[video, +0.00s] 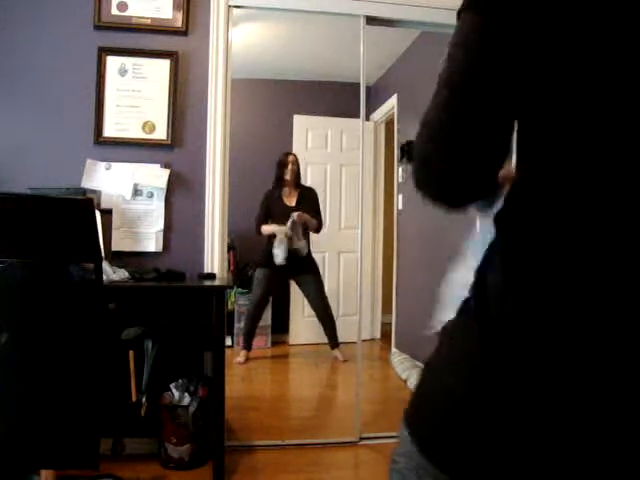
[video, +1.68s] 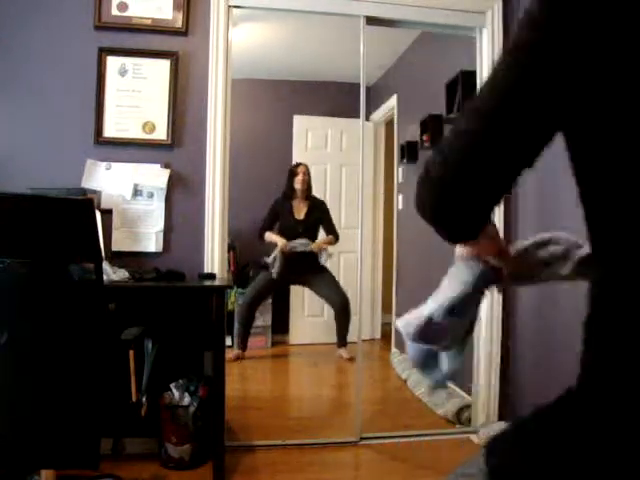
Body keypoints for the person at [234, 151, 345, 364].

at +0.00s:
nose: (291, 167)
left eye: (294, 164)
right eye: (288, 164)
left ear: (299, 168)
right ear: (281, 168)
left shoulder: (308, 194)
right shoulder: (272, 195)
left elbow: (317, 227)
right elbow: (261, 227)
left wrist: (304, 219)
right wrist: (276, 229)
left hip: (300, 255)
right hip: (273, 256)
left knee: (320, 302)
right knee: (257, 301)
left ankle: (335, 346)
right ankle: (245, 348)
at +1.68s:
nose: (301, 178)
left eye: (305, 175)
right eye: (297, 175)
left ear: (310, 179)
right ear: (291, 179)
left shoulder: (318, 206)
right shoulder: (281, 204)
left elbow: (333, 236)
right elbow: (263, 232)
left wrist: (321, 243)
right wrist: (279, 240)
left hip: (309, 266)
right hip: (282, 265)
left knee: (341, 302)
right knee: (247, 301)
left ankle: (342, 347)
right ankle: (239, 349)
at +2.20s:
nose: (302, 183)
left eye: (305, 180)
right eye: (298, 180)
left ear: (310, 184)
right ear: (291, 183)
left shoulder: (316, 211)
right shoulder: (278, 209)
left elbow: (331, 242)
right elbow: (261, 238)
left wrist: (338, 224)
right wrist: (258, 215)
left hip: (307, 272)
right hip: (277, 272)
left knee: (341, 302)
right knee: (244, 302)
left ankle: (341, 347)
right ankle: (239, 350)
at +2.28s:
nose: (301, 183)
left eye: (304, 179)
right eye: (297, 179)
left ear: (309, 183)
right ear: (289, 183)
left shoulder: (316, 209)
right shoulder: (277, 208)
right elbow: (258, 237)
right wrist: (261, 218)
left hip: (308, 271)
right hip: (276, 271)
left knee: (342, 302)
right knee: (242, 303)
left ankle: (342, 346)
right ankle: (238, 350)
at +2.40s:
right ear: (276, 207)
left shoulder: (312, 218)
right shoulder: (272, 221)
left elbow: (317, 247)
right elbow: (267, 249)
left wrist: (328, 235)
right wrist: (259, 231)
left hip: (306, 274)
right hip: (273, 275)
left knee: (343, 303)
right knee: (241, 305)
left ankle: (343, 347)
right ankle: (237, 350)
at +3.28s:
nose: (301, 187)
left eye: (304, 183)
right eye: (297, 183)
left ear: (308, 186)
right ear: (289, 186)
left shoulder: (316, 212)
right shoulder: (280, 210)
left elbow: (334, 234)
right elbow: (270, 226)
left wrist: (341, 234)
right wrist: (285, 228)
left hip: (309, 272)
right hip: (279, 272)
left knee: (344, 303)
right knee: (244, 304)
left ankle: (345, 347)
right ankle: (235, 350)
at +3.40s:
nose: (301, 185)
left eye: (304, 181)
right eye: (297, 181)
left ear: (309, 185)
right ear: (290, 184)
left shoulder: (316, 211)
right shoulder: (280, 209)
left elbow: (338, 233)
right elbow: (284, 220)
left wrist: (352, 229)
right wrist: (307, 219)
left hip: (308, 272)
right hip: (279, 271)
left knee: (343, 302)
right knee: (243, 304)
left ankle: (344, 347)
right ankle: (236, 350)